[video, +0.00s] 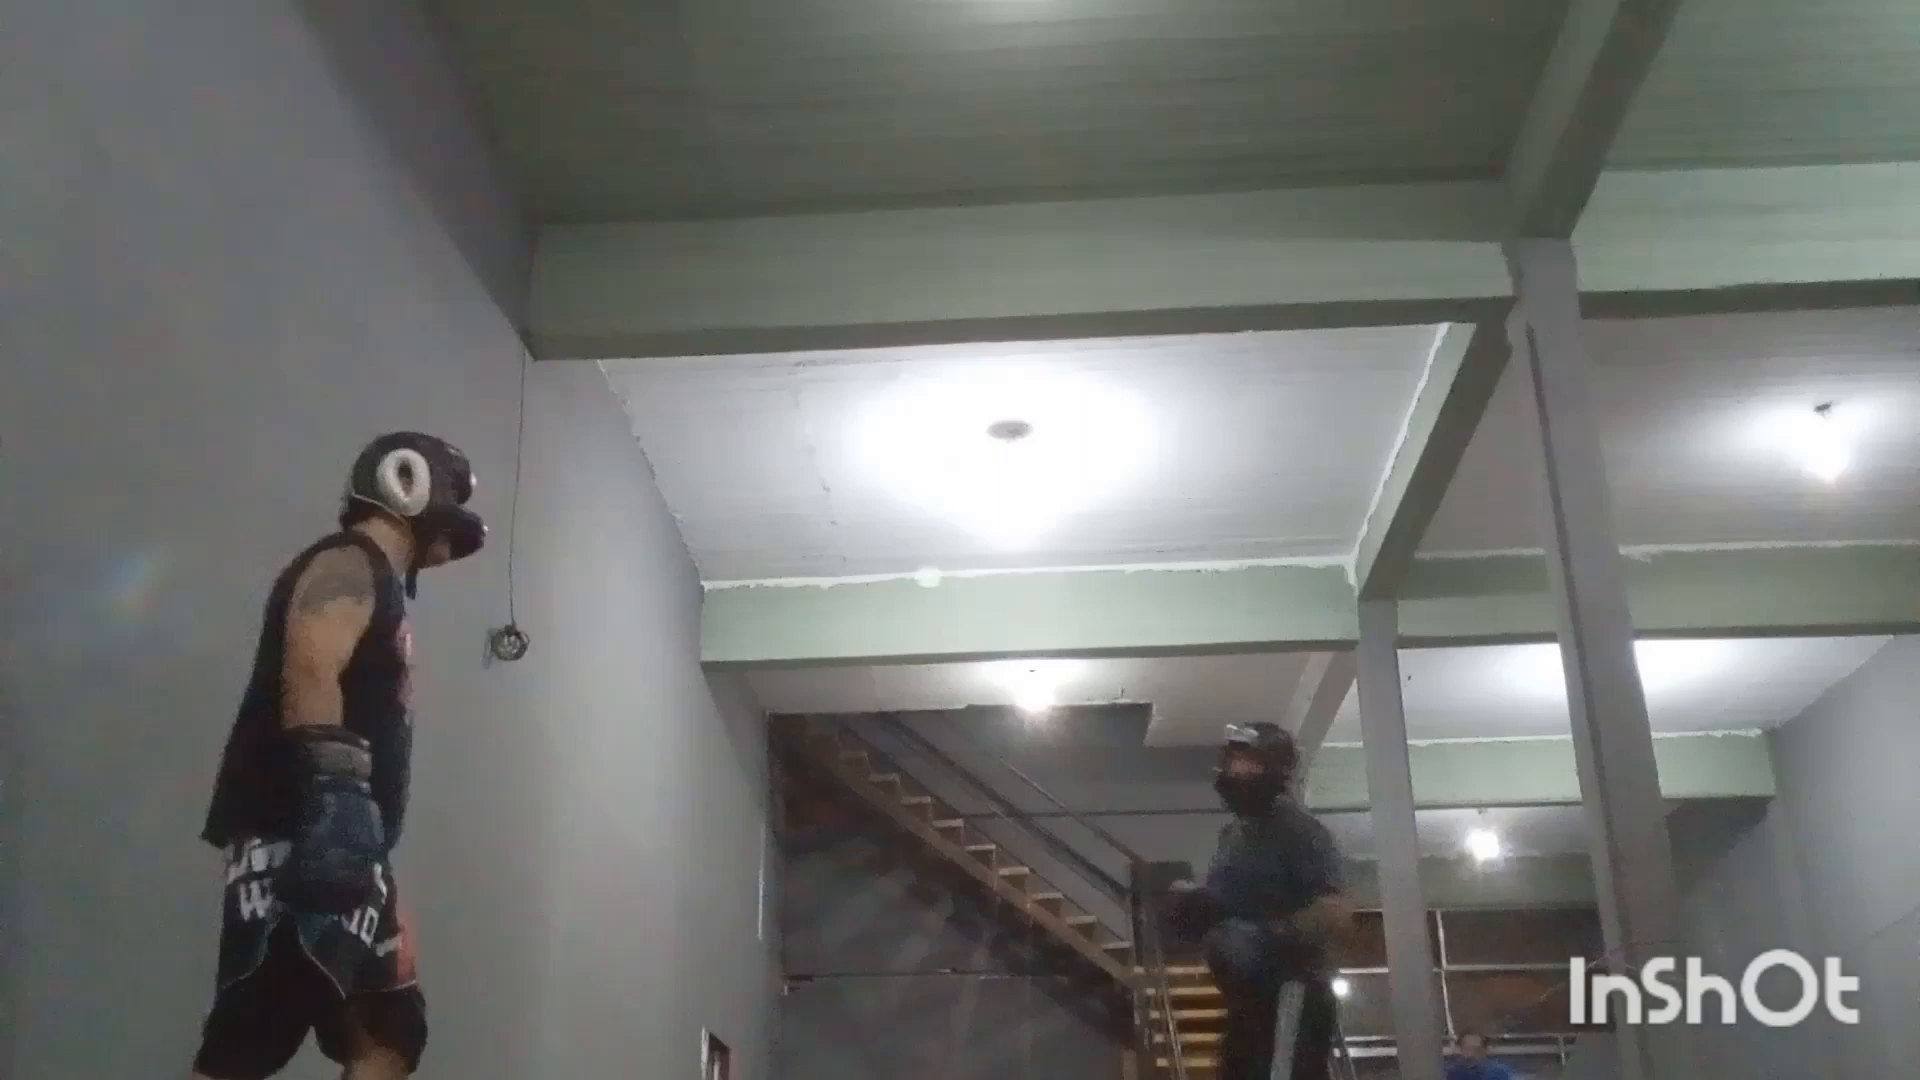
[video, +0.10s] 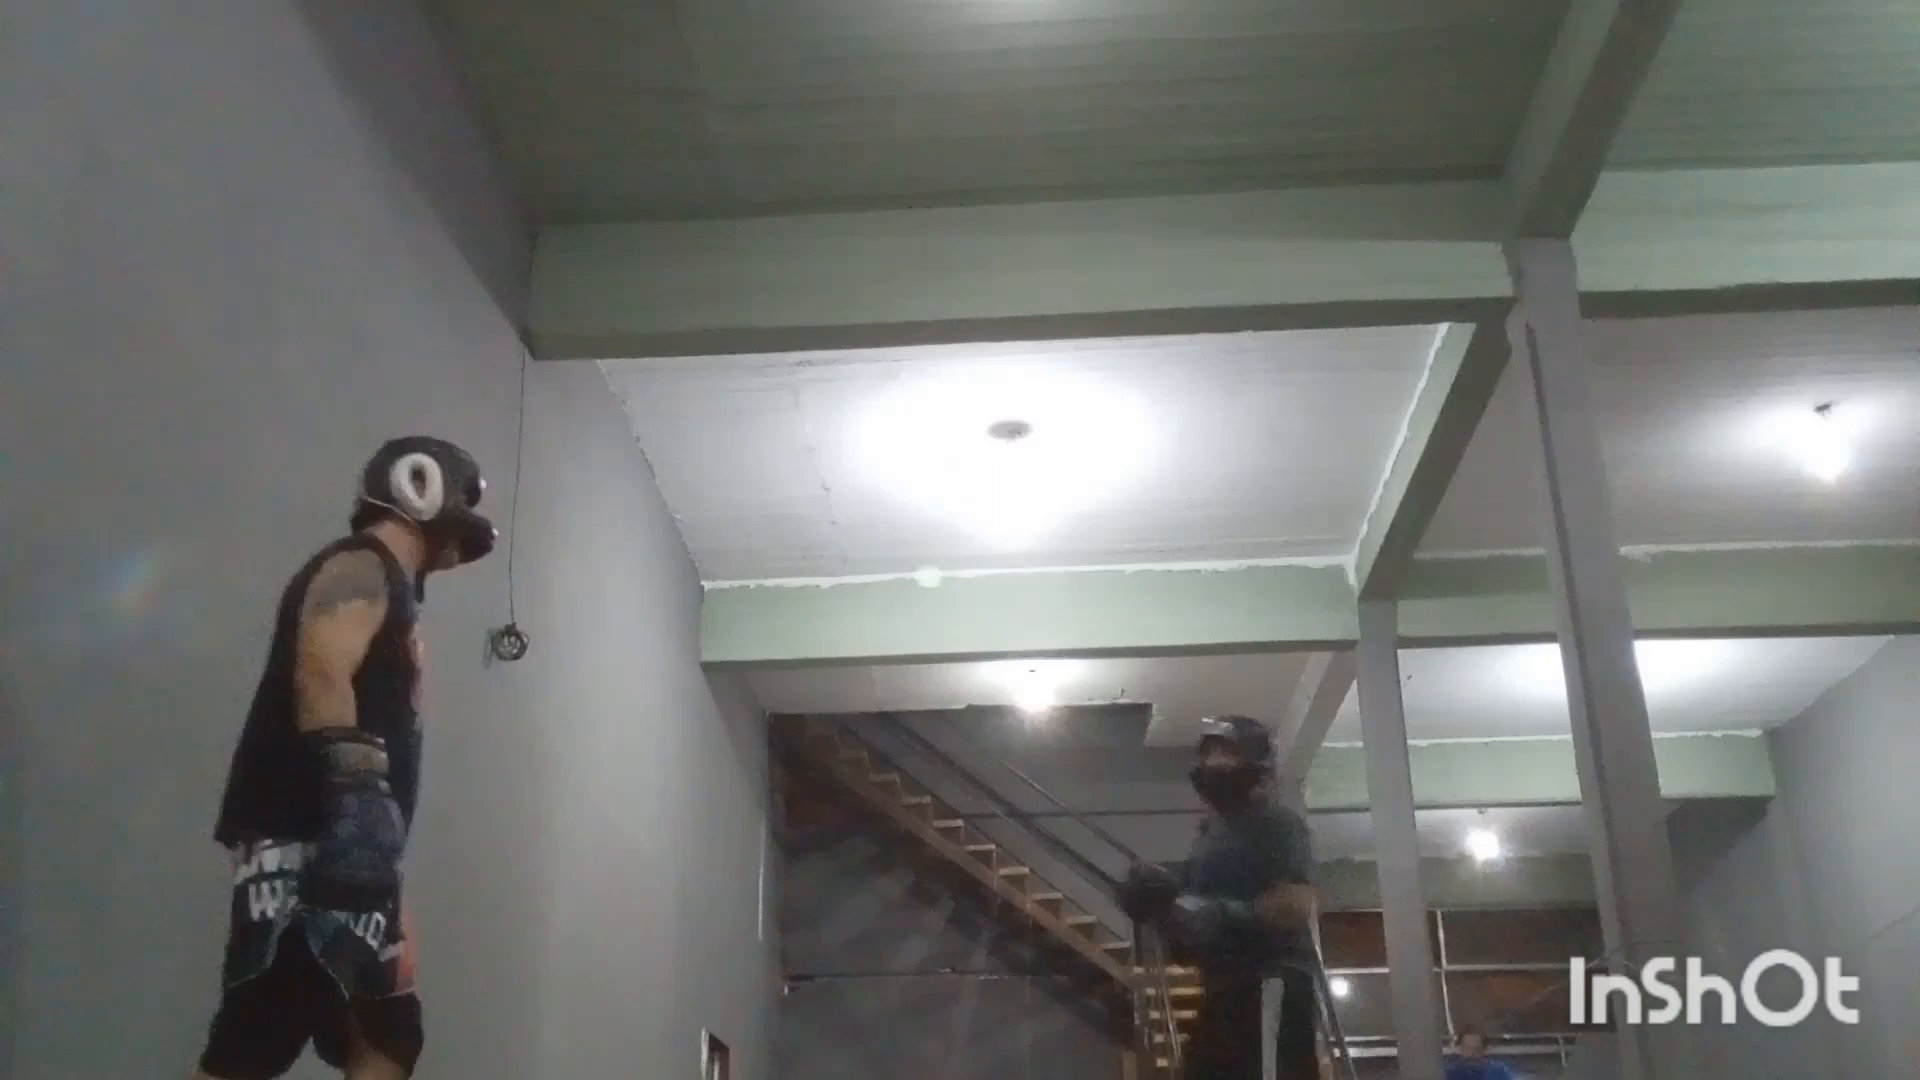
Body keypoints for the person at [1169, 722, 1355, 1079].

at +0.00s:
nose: (1231, 770)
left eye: (1246, 759)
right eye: (1229, 759)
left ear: (1276, 769)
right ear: (1224, 764)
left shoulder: (1301, 829)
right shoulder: (1233, 833)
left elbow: (1338, 908)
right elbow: (1224, 902)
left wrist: (1269, 937)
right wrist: (1193, 907)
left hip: (1297, 985)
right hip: (1248, 984)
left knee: (1285, 1071)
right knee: (1239, 1070)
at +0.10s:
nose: (1209, 764)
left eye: (1224, 752)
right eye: (1206, 752)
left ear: (1254, 765)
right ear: (1198, 760)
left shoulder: (1281, 823)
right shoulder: (1212, 828)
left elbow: (1294, 909)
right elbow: (1195, 875)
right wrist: (1157, 882)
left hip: (1276, 981)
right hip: (1225, 979)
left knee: (1273, 1072)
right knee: (1206, 1069)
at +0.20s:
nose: (1169, 768)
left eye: (1182, 757)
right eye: (1166, 758)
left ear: (1211, 764)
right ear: (1160, 766)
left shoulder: (1244, 822)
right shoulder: (1174, 831)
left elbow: (1238, 898)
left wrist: (1140, 892)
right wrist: (1118, 875)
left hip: (1240, 985)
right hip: (1186, 988)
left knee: (1249, 1070)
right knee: (1165, 1070)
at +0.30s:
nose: (1143, 774)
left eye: (1157, 762)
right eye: (1138, 764)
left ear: (1185, 768)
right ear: (1133, 769)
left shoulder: (1213, 828)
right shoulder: (1150, 836)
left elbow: (1204, 895)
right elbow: (1100, 921)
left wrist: (1123, 892)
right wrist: (1091, 877)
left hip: (1211, 992)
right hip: (1160, 995)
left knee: (1223, 1070)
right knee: (1155, 1070)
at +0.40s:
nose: (1096, 779)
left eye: (1108, 768)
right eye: (1093, 769)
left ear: (1139, 771)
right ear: (1089, 775)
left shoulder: (1171, 827)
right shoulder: (1111, 841)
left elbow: (1174, 898)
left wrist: (1100, 899)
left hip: (1162, 994)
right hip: (1111, 993)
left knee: (1162, 1071)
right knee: (1100, 1071)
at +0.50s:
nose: (1054, 777)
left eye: (1069, 762)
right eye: (1054, 763)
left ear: (1102, 767)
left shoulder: (1137, 819)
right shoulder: (1063, 841)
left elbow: (1160, 894)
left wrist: (1087, 889)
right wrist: (1017, 863)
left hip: (1128, 984)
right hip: (1075, 982)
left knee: (1120, 1069)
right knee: (1059, 1069)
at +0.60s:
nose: (1040, 766)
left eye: (1054, 755)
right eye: (1032, 754)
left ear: (1080, 764)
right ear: (1020, 764)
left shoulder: (1104, 814)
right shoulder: (1016, 825)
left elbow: (1135, 891)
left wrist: (1068, 883)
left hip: (1098, 969)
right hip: (1035, 971)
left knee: (1077, 1065)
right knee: (1029, 1067)